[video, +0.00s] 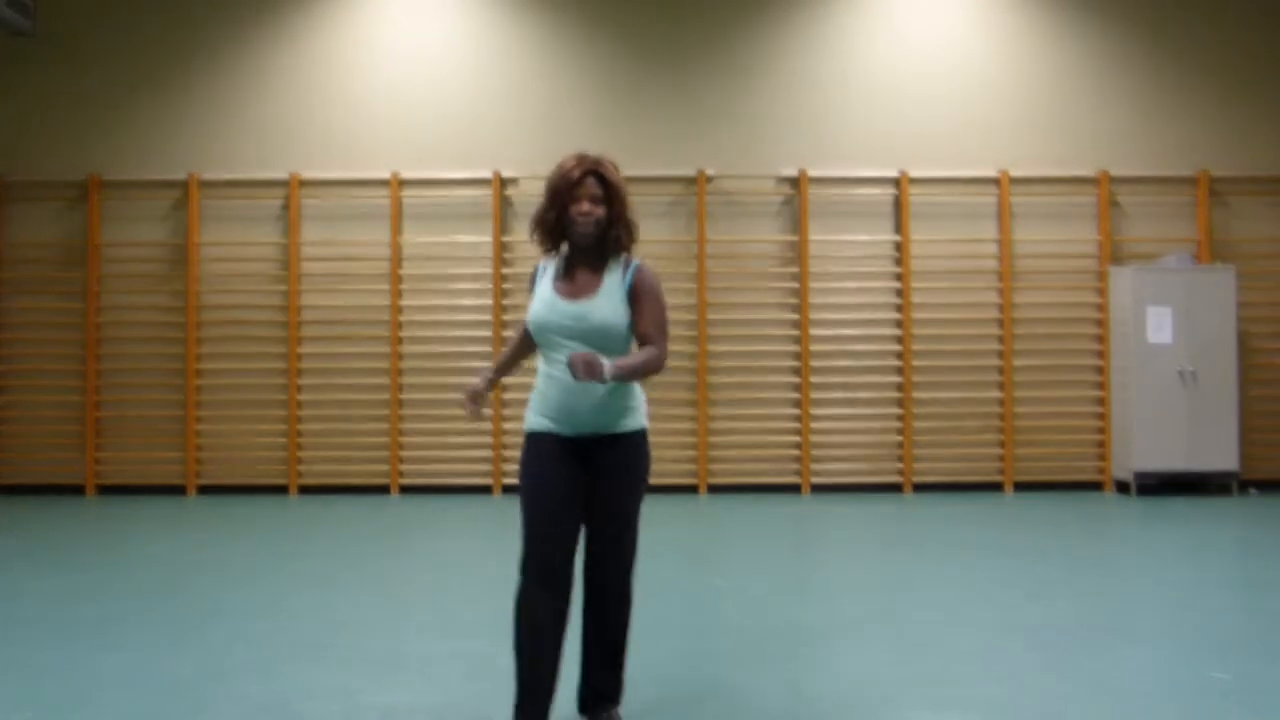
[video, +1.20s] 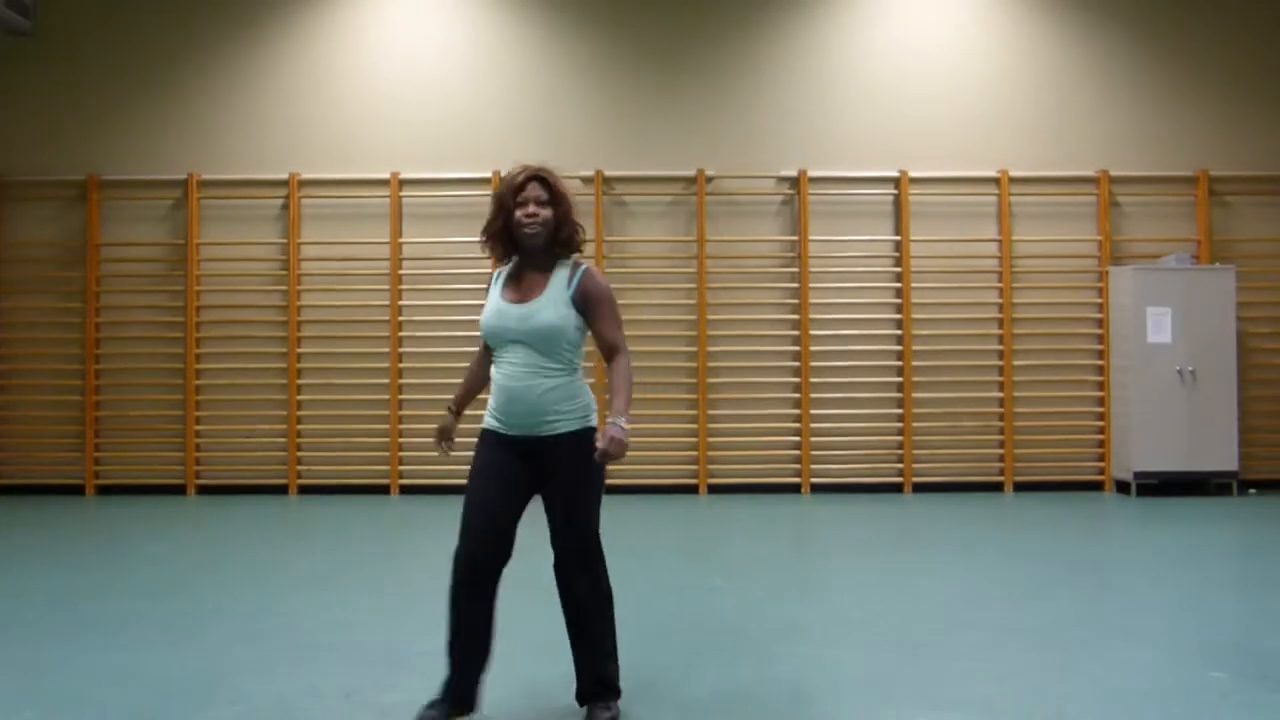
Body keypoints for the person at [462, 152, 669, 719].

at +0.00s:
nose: (586, 210)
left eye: (596, 201)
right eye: (576, 200)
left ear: (612, 211)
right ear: (559, 209)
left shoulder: (635, 276)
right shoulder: (544, 272)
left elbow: (655, 353)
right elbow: (530, 334)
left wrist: (610, 368)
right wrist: (490, 378)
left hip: (618, 443)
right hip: (550, 440)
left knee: (610, 580)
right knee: (543, 577)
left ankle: (601, 707)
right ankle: (530, 712)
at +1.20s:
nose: (533, 212)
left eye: (543, 203)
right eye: (523, 204)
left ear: (559, 214)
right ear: (508, 216)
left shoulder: (583, 280)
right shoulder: (500, 279)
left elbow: (617, 353)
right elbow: (488, 354)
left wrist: (619, 420)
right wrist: (454, 411)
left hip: (569, 443)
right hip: (502, 441)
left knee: (579, 567)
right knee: (473, 562)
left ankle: (600, 697)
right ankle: (459, 693)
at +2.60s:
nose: (337, 224)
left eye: (348, 218)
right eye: (327, 217)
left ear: (366, 232)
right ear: (310, 229)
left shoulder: (376, 285)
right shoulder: (288, 273)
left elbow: (439, 295)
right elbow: (305, 283)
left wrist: (494, 283)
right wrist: (379, 262)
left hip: (327, 441)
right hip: (260, 437)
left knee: (352, 563)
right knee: (245, 569)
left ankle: (380, 680)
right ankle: (229, 692)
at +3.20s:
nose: (408, 218)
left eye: (416, 211)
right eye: (396, 213)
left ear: (431, 226)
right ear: (379, 231)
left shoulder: (449, 276)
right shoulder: (367, 283)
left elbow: (516, 263)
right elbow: (364, 261)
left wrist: (561, 220)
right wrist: (428, 216)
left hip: (436, 434)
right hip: (372, 432)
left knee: (469, 550)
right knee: (354, 551)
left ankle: (521, 664)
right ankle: (330, 691)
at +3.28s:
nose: (415, 228)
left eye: (423, 221)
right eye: (404, 223)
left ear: (436, 234)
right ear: (388, 240)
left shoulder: (462, 281)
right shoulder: (375, 293)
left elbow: (534, 258)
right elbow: (376, 267)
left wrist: (588, 218)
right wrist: (437, 226)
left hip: (461, 442)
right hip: (397, 441)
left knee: (487, 557)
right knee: (380, 551)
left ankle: (525, 670)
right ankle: (336, 684)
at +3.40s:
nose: (423, 252)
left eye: (432, 244)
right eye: (413, 247)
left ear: (448, 253)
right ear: (399, 258)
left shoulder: (473, 299)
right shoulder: (390, 307)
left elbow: (539, 316)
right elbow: (361, 345)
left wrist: (574, 291)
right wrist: (424, 309)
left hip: (486, 444)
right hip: (426, 455)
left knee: (507, 556)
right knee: (448, 551)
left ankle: (519, 671)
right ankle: (397, 645)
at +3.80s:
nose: (400, 235)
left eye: (410, 228)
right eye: (390, 229)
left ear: (426, 239)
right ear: (378, 242)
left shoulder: (443, 288)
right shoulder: (366, 295)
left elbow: (437, 287)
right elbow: (303, 313)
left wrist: (377, 251)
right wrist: (285, 281)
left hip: (454, 439)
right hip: (392, 442)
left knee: (483, 553)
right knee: (358, 548)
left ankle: (518, 666)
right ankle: (355, 652)